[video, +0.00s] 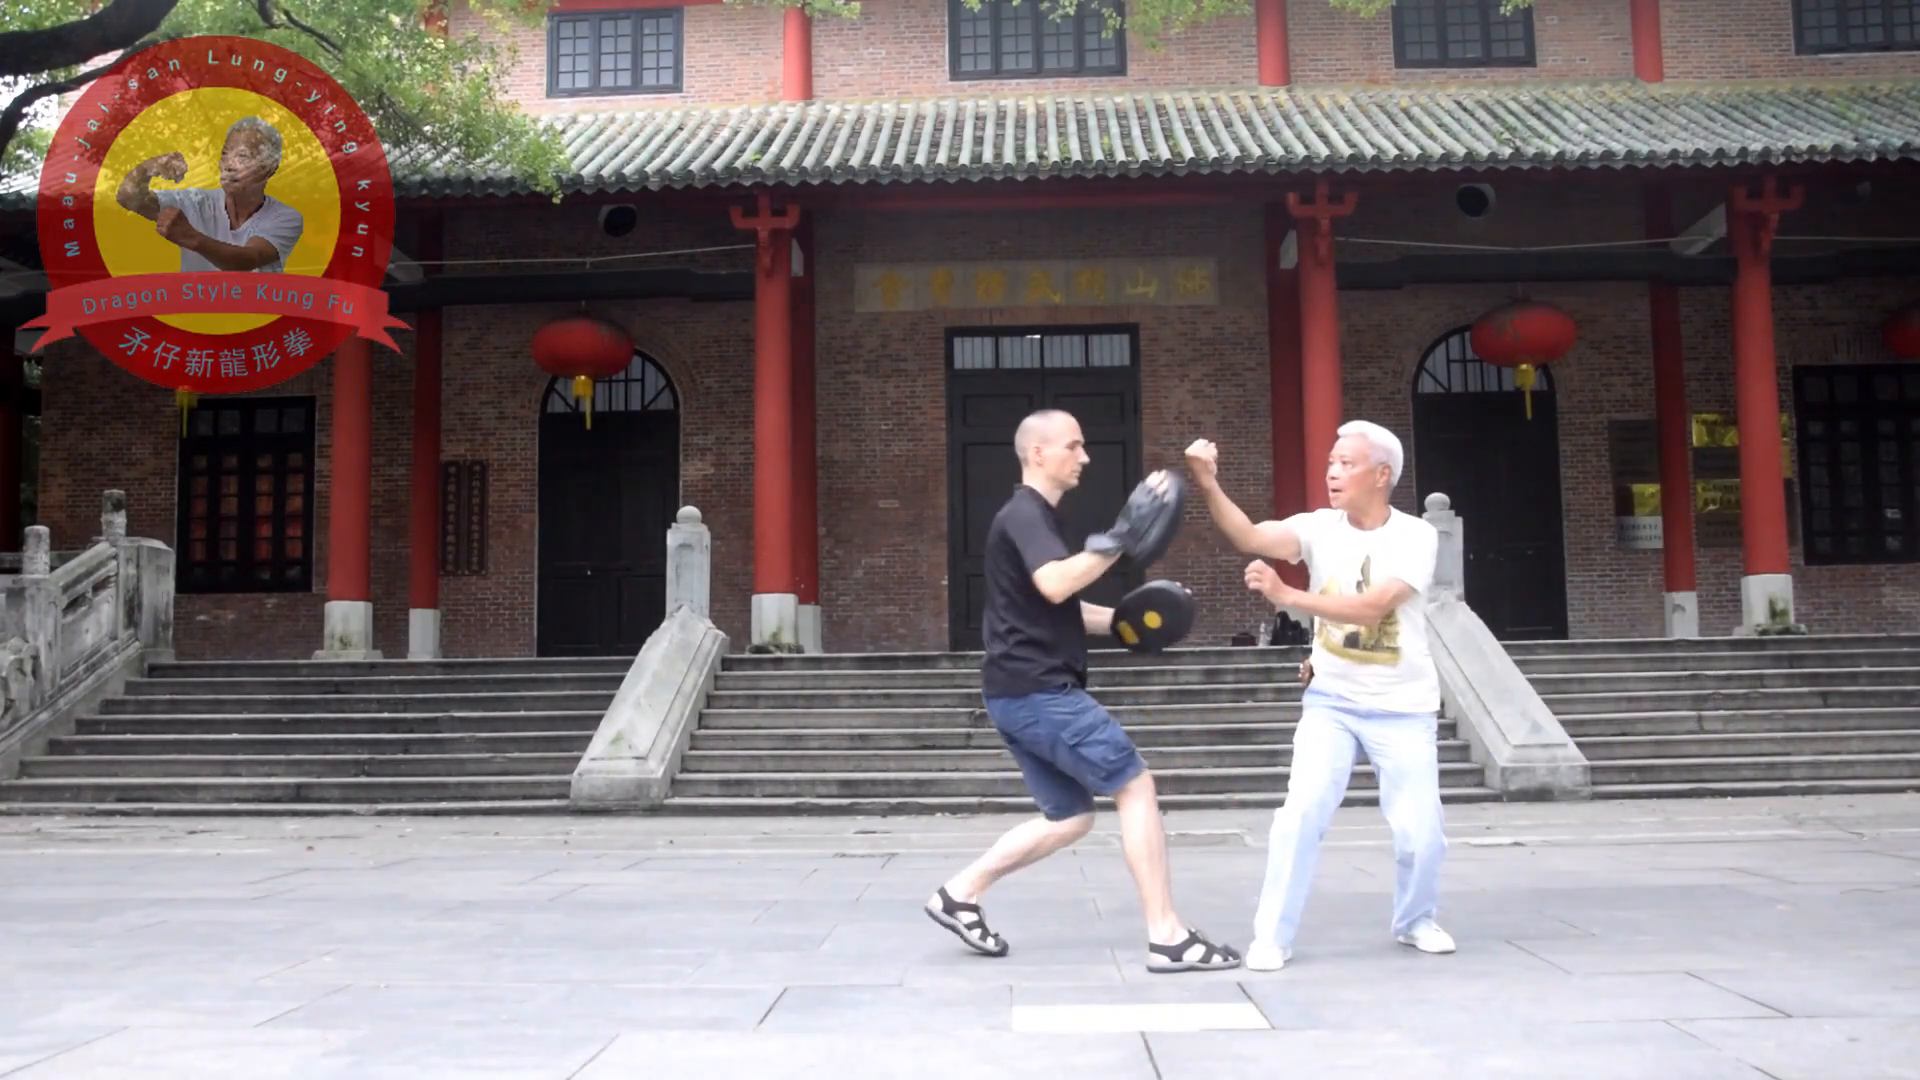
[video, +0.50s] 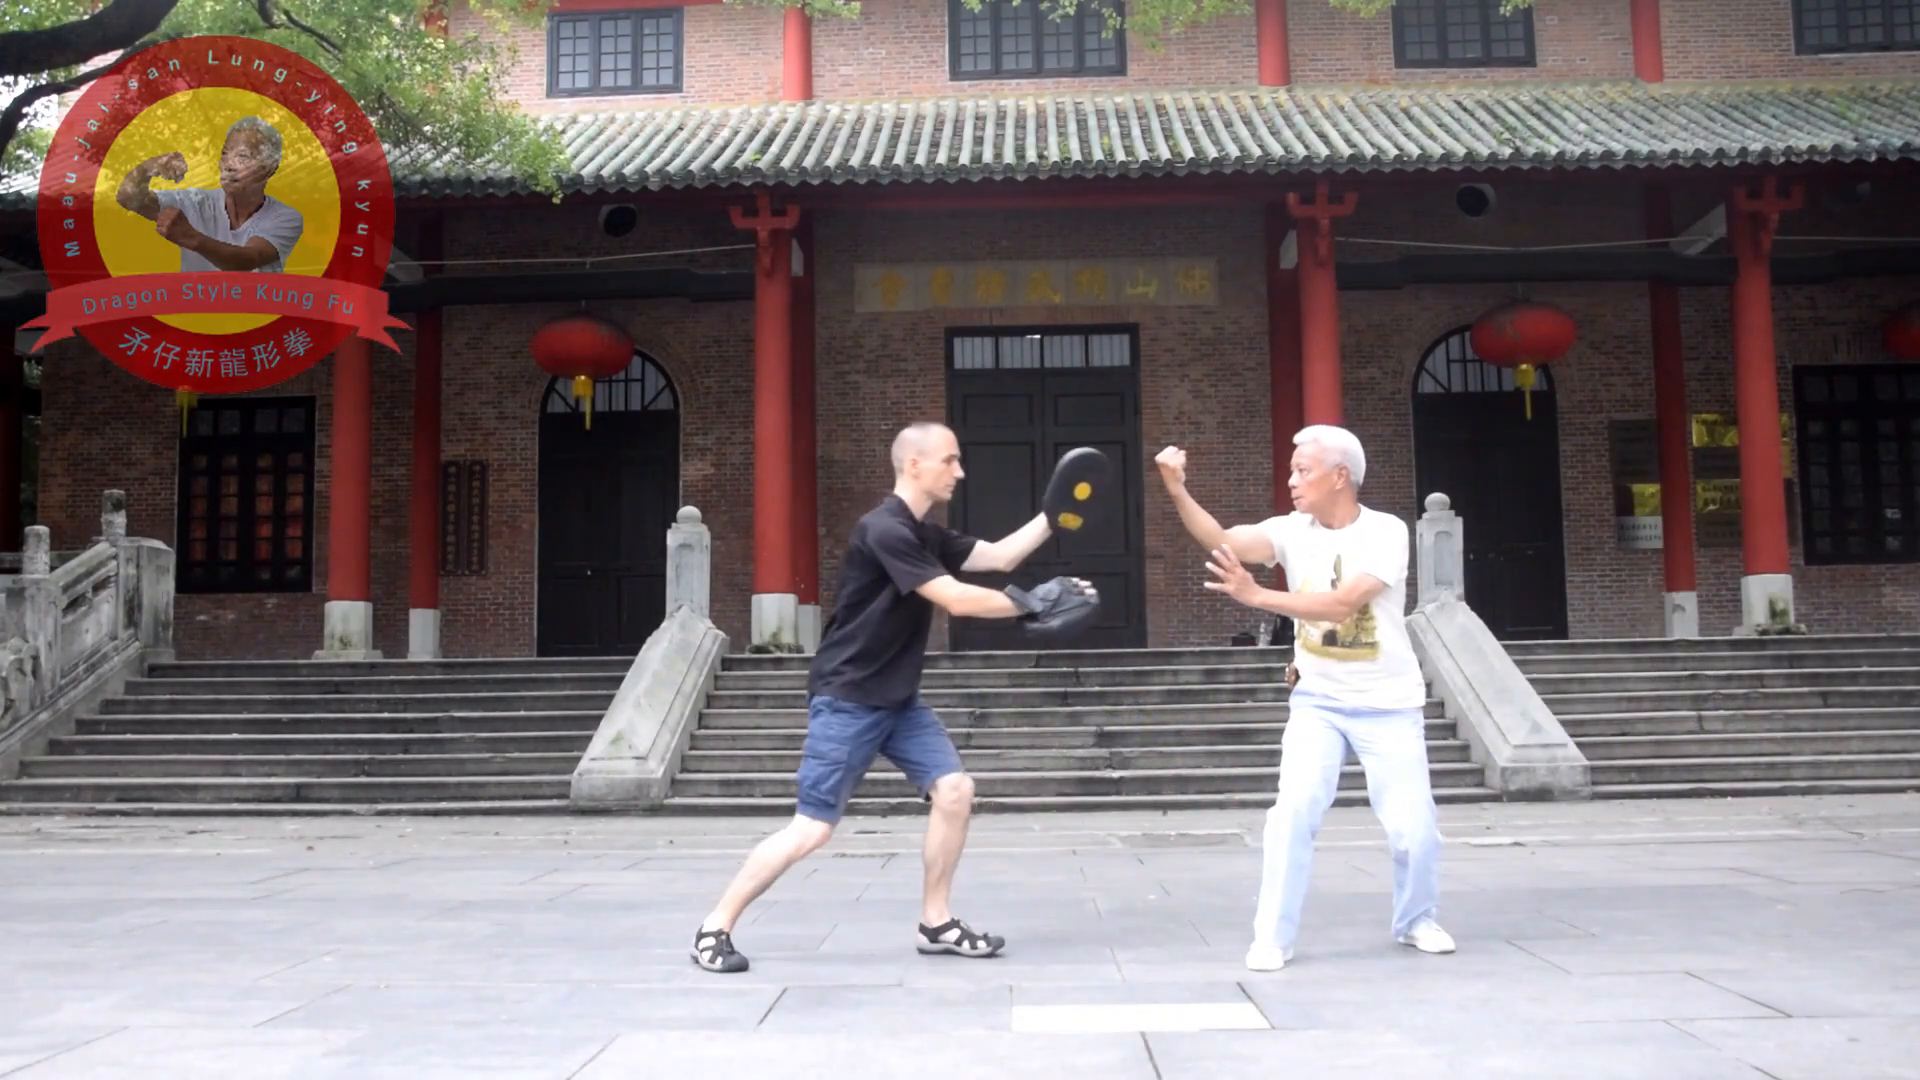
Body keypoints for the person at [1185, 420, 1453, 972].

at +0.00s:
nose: (1331, 473)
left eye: (1344, 464)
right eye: (1331, 463)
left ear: (1382, 476)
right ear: (1334, 470)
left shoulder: (1416, 536)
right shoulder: (1321, 528)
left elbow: (1370, 608)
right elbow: (1250, 537)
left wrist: (1283, 595)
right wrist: (1210, 485)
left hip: (1403, 708)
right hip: (1330, 701)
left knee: (1420, 831)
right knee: (1303, 811)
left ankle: (1418, 920)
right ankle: (1270, 938)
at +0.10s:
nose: (1326, 474)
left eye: (1338, 465)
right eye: (1325, 465)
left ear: (1376, 476)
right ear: (1327, 471)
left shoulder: (1411, 536)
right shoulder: (1315, 528)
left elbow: (1366, 608)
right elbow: (1246, 540)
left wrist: (1282, 596)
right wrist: (1204, 489)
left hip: (1400, 706)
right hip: (1326, 700)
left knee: (1420, 831)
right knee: (1300, 811)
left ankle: (1417, 919)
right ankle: (1271, 938)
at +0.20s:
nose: (1314, 476)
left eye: (1326, 466)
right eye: (1314, 466)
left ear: (1365, 475)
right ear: (1319, 474)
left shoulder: (1405, 535)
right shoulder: (1309, 528)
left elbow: (1362, 609)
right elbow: (1241, 542)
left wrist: (1279, 596)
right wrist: (1198, 490)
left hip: (1397, 706)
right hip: (1323, 700)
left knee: (1418, 830)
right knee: (1299, 810)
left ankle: (1418, 919)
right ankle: (1271, 938)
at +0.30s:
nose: (1305, 477)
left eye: (1315, 468)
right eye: (1305, 468)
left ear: (1355, 474)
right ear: (1324, 474)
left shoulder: (1398, 533)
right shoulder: (1303, 528)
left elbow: (1356, 608)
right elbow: (1237, 541)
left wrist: (1271, 597)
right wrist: (1192, 489)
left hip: (1394, 705)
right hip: (1320, 701)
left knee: (1416, 830)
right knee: (1296, 809)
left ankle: (1419, 919)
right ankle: (1271, 938)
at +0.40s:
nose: (1296, 478)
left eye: (1306, 468)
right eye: (1297, 468)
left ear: (1346, 475)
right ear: (1321, 475)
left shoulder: (1392, 532)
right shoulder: (1298, 528)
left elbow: (1349, 606)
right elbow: (1232, 541)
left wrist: (1262, 596)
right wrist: (1184, 489)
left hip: (1391, 705)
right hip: (1318, 702)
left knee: (1414, 829)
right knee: (1295, 809)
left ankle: (1418, 919)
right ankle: (1271, 938)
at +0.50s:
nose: (1291, 481)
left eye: (1301, 471)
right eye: (1291, 471)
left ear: (1340, 476)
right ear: (1315, 477)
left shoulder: (1387, 532)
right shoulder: (1293, 530)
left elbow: (1343, 604)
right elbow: (1227, 543)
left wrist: (1256, 595)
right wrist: (1178, 490)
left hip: (1389, 705)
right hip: (1317, 703)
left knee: (1415, 827)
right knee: (1294, 812)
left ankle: (1418, 920)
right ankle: (1271, 939)